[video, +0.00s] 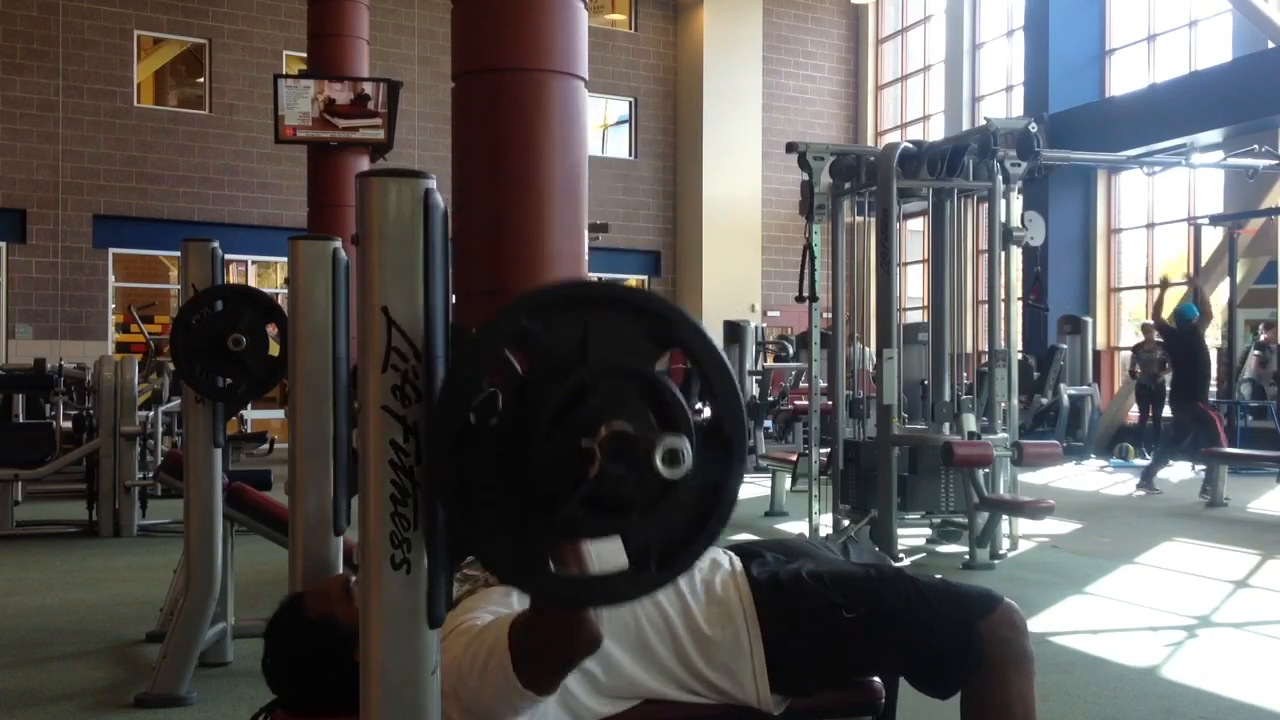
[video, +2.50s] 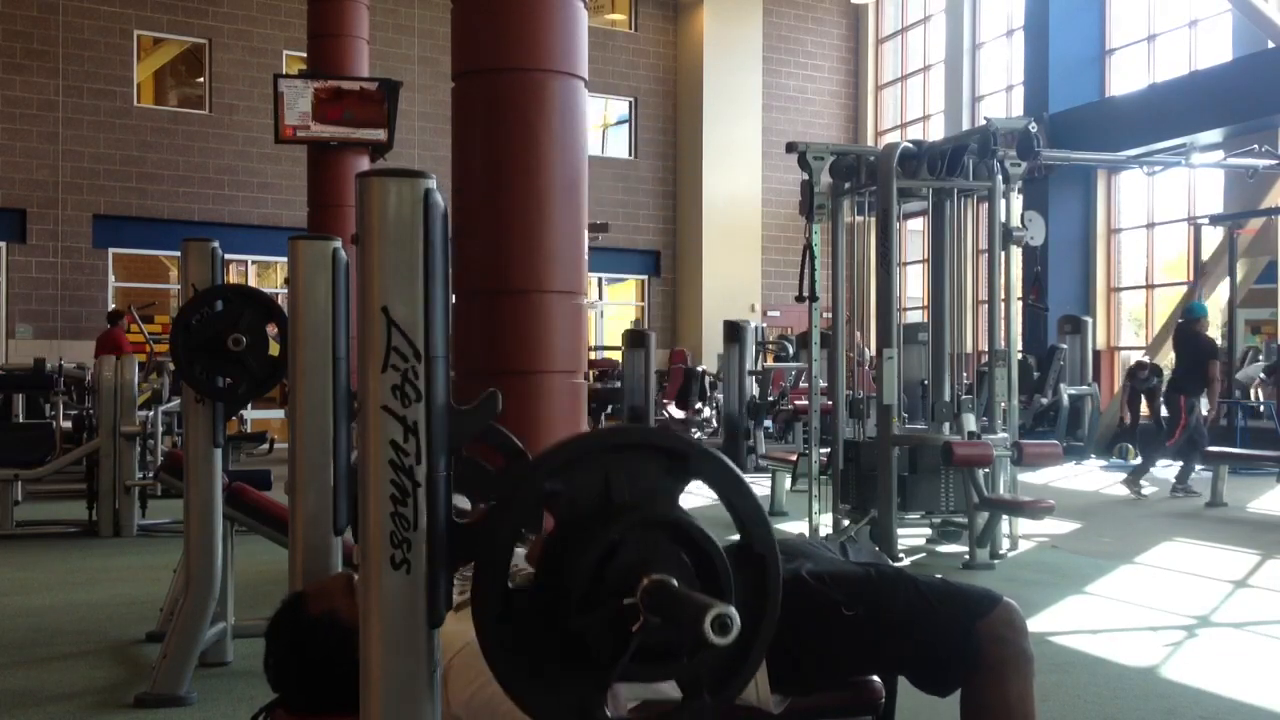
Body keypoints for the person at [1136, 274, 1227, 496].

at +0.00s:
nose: (1199, 319)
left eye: (1197, 316)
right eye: (1198, 316)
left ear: (1176, 320)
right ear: (1194, 320)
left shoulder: (1170, 335)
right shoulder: (1196, 333)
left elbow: (1156, 317)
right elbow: (1207, 311)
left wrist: (1162, 290)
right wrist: (1197, 286)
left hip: (1177, 398)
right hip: (1194, 399)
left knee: (1176, 438)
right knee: (1216, 436)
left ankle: (1147, 478)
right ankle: (1210, 484)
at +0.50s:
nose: (1202, 315)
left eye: (1200, 311)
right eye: (1200, 312)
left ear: (1181, 317)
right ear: (1195, 315)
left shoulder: (1173, 341)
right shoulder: (1202, 340)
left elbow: (1175, 371)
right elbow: (1209, 371)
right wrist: (1221, 399)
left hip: (1177, 395)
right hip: (1195, 396)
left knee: (1193, 437)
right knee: (1209, 438)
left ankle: (1180, 480)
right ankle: (1188, 482)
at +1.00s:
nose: (1201, 321)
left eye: (1198, 316)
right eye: (1198, 317)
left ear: (1178, 319)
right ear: (1194, 319)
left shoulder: (1171, 336)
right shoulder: (1195, 336)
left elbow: (1161, 316)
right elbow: (1207, 314)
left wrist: (1169, 295)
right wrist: (1189, 292)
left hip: (1177, 400)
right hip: (1194, 401)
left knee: (1179, 443)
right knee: (1216, 442)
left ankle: (1148, 478)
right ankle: (1203, 487)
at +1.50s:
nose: (1200, 320)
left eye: (1198, 317)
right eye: (1198, 317)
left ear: (1179, 323)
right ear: (1193, 320)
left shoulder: (1170, 346)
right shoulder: (1202, 345)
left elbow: (1171, 377)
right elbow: (1209, 378)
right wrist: (1216, 409)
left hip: (1174, 401)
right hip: (1194, 401)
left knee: (1191, 443)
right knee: (1205, 444)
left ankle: (1178, 482)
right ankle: (1178, 482)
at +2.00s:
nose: (1205, 315)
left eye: (1197, 314)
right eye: (1203, 313)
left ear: (1185, 319)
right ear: (1203, 315)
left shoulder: (1179, 344)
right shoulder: (1208, 331)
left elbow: (1172, 373)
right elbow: (1221, 301)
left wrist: (1177, 389)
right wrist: (1218, 272)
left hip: (1176, 398)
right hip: (1197, 400)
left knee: (1163, 440)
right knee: (1207, 445)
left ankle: (1126, 477)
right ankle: (1191, 486)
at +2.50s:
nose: (1208, 324)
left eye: (1207, 320)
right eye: (1206, 320)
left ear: (1187, 320)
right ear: (1201, 321)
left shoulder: (1179, 334)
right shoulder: (1208, 344)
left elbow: (1186, 310)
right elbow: (1213, 378)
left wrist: (1195, 286)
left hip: (1178, 394)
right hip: (1184, 397)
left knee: (1200, 440)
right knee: (1172, 440)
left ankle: (1181, 483)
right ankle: (1134, 478)